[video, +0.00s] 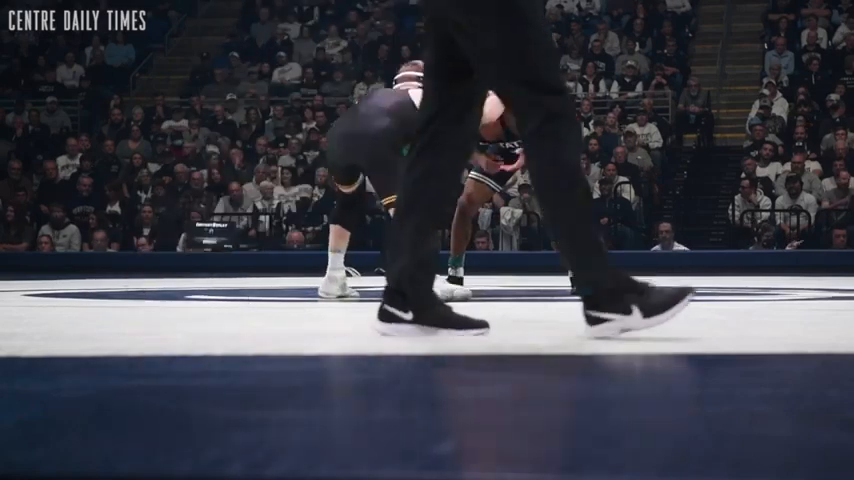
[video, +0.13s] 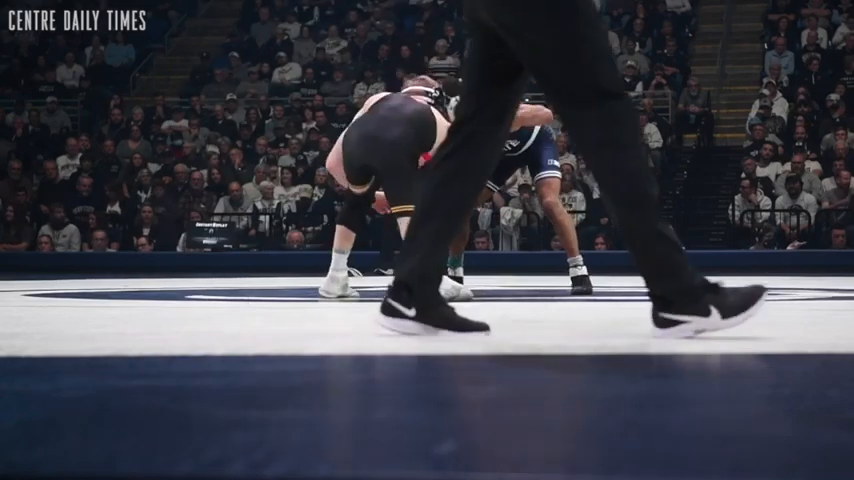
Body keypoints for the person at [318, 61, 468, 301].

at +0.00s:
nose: (497, 137)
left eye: (502, 134)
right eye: (501, 131)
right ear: (495, 118)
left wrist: (480, 159)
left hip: (340, 135)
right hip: (378, 137)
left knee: (348, 200)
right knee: (405, 212)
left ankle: (333, 277)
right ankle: (423, 281)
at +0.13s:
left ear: (403, 92)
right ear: (437, 99)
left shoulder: (378, 99)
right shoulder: (443, 124)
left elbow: (333, 162)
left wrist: (370, 195)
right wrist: (395, 195)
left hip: (358, 142)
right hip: (399, 147)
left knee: (358, 197)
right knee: (412, 231)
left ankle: (335, 277)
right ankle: (430, 280)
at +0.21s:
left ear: (417, 93)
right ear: (448, 101)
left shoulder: (391, 104)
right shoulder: (453, 120)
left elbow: (336, 150)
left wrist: (366, 191)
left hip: (369, 142)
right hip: (410, 147)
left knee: (363, 204)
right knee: (424, 238)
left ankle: (336, 279)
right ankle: (437, 286)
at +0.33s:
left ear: (417, 78)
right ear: (452, 80)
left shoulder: (401, 87)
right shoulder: (462, 98)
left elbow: (351, 132)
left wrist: (387, 164)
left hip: (394, 137)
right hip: (437, 147)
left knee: (377, 200)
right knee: (442, 229)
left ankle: (352, 275)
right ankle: (438, 280)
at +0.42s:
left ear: (414, 74)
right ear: (447, 72)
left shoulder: (400, 86)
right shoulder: (463, 90)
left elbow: (349, 136)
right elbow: (476, 98)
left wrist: (394, 158)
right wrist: (468, 75)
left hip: (401, 132)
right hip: (446, 138)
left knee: (389, 191)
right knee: (449, 222)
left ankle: (382, 271)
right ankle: (441, 278)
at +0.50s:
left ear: (411, 75)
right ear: (445, 70)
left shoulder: (399, 89)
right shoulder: (461, 87)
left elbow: (354, 145)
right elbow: (488, 105)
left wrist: (394, 161)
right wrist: (484, 79)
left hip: (405, 122)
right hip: (448, 127)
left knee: (405, 192)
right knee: (459, 214)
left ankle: (400, 277)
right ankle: (446, 271)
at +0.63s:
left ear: (420, 78)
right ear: (452, 79)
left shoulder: (401, 95)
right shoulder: (465, 94)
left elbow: (357, 141)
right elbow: (502, 132)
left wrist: (395, 170)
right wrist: (505, 93)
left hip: (408, 116)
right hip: (452, 117)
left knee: (406, 195)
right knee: (475, 207)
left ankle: (402, 276)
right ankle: (472, 258)